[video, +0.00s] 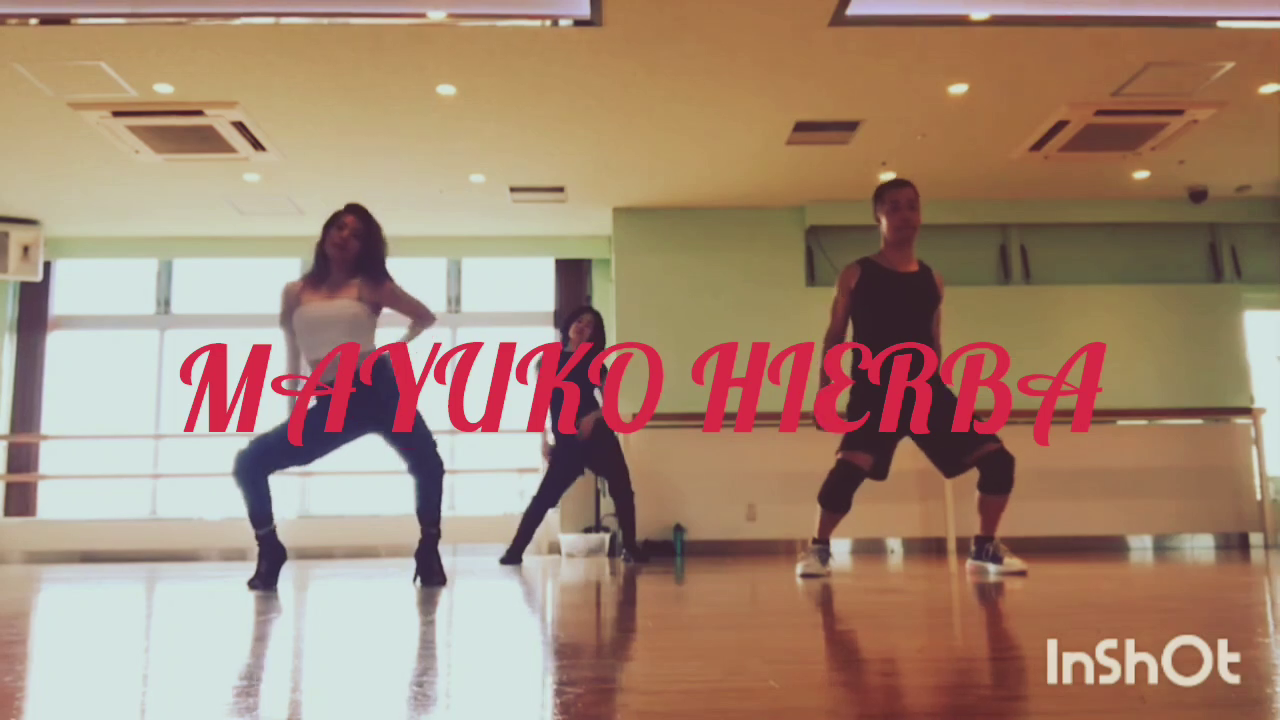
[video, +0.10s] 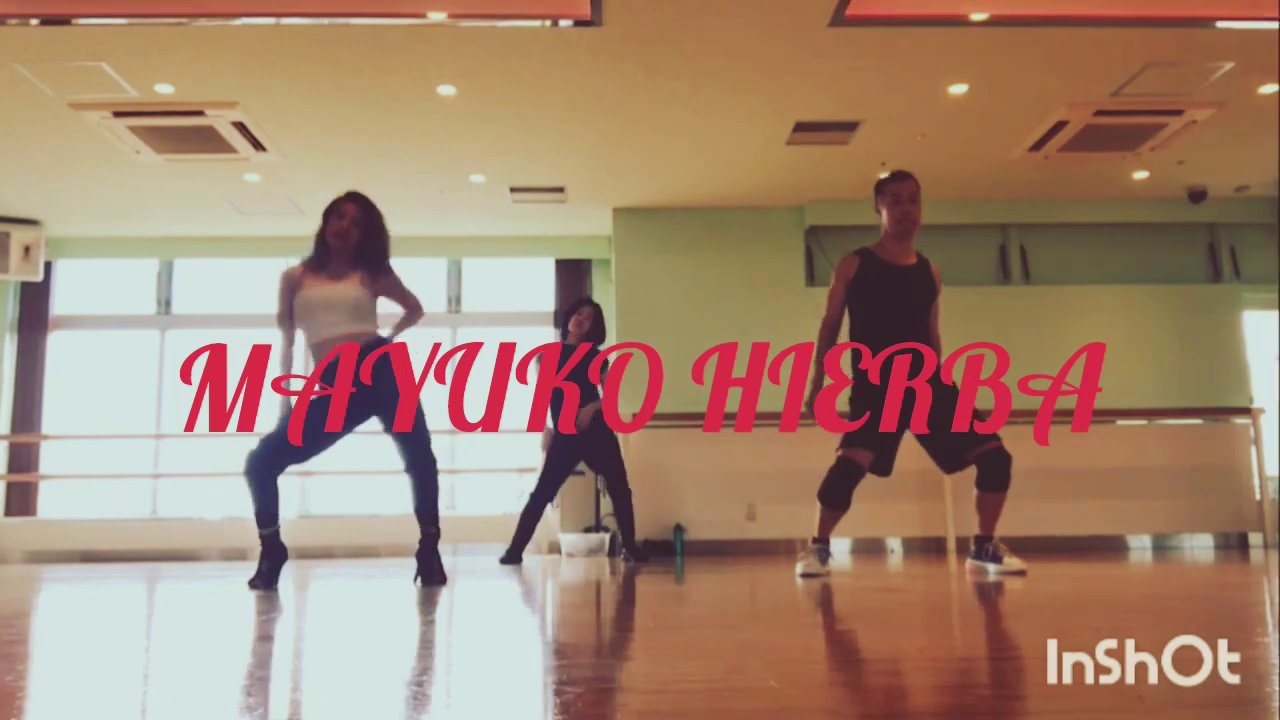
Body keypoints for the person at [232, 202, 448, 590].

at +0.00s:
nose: (344, 237)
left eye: (355, 234)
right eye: (339, 229)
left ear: (366, 246)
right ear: (325, 235)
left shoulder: (373, 287)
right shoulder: (295, 293)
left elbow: (425, 317)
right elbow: (293, 356)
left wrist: (395, 350)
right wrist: (294, 411)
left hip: (380, 399)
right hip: (331, 408)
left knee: (429, 467)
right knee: (249, 463)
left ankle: (429, 549)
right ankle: (269, 549)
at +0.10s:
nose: (344, 227)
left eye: (355, 223)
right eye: (338, 218)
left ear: (366, 234)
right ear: (325, 223)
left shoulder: (372, 274)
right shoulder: (296, 278)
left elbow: (414, 309)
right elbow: (287, 335)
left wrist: (390, 337)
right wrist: (287, 391)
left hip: (381, 378)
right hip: (334, 389)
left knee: (420, 457)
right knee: (260, 463)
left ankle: (429, 548)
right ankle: (271, 549)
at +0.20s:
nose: (346, 210)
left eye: (356, 205)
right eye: (339, 200)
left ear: (368, 215)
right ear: (326, 204)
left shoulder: (374, 253)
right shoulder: (297, 254)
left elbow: (405, 304)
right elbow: (286, 317)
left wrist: (390, 341)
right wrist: (283, 374)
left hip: (380, 355)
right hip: (332, 362)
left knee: (410, 447)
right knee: (273, 456)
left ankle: (430, 548)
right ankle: (272, 548)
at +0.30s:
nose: (345, 195)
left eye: (356, 190)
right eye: (338, 186)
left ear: (369, 199)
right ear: (325, 189)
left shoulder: (380, 240)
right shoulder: (299, 238)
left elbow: (398, 298)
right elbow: (288, 304)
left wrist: (399, 330)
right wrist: (284, 361)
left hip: (372, 341)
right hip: (321, 343)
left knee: (397, 441)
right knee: (285, 446)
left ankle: (424, 541)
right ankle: (272, 543)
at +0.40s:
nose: (343, 195)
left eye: (354, 189)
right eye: (337, 185)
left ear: (369, 198)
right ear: (324, 189)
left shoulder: (384, 242)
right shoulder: (301, 239)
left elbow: (393, 300)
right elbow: (296, 300)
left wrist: (397, 318)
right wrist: (295, 335)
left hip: (358, 339)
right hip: (308, 337)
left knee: (385, 437)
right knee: (283, 436)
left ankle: (420, 540)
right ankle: (273, 540)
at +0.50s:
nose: (339, 209)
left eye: (350, 203)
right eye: (334, 199)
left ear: (364, 212)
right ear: (323, 204)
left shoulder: (380, 255)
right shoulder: (304, 256)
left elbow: (395, 313)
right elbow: (303, 314)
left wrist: (398, 363)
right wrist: (305, 358)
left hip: (354, 360)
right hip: (308, 358)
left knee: (387, 453)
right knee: (260, 447)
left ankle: (428, 543)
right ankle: (272, 543)